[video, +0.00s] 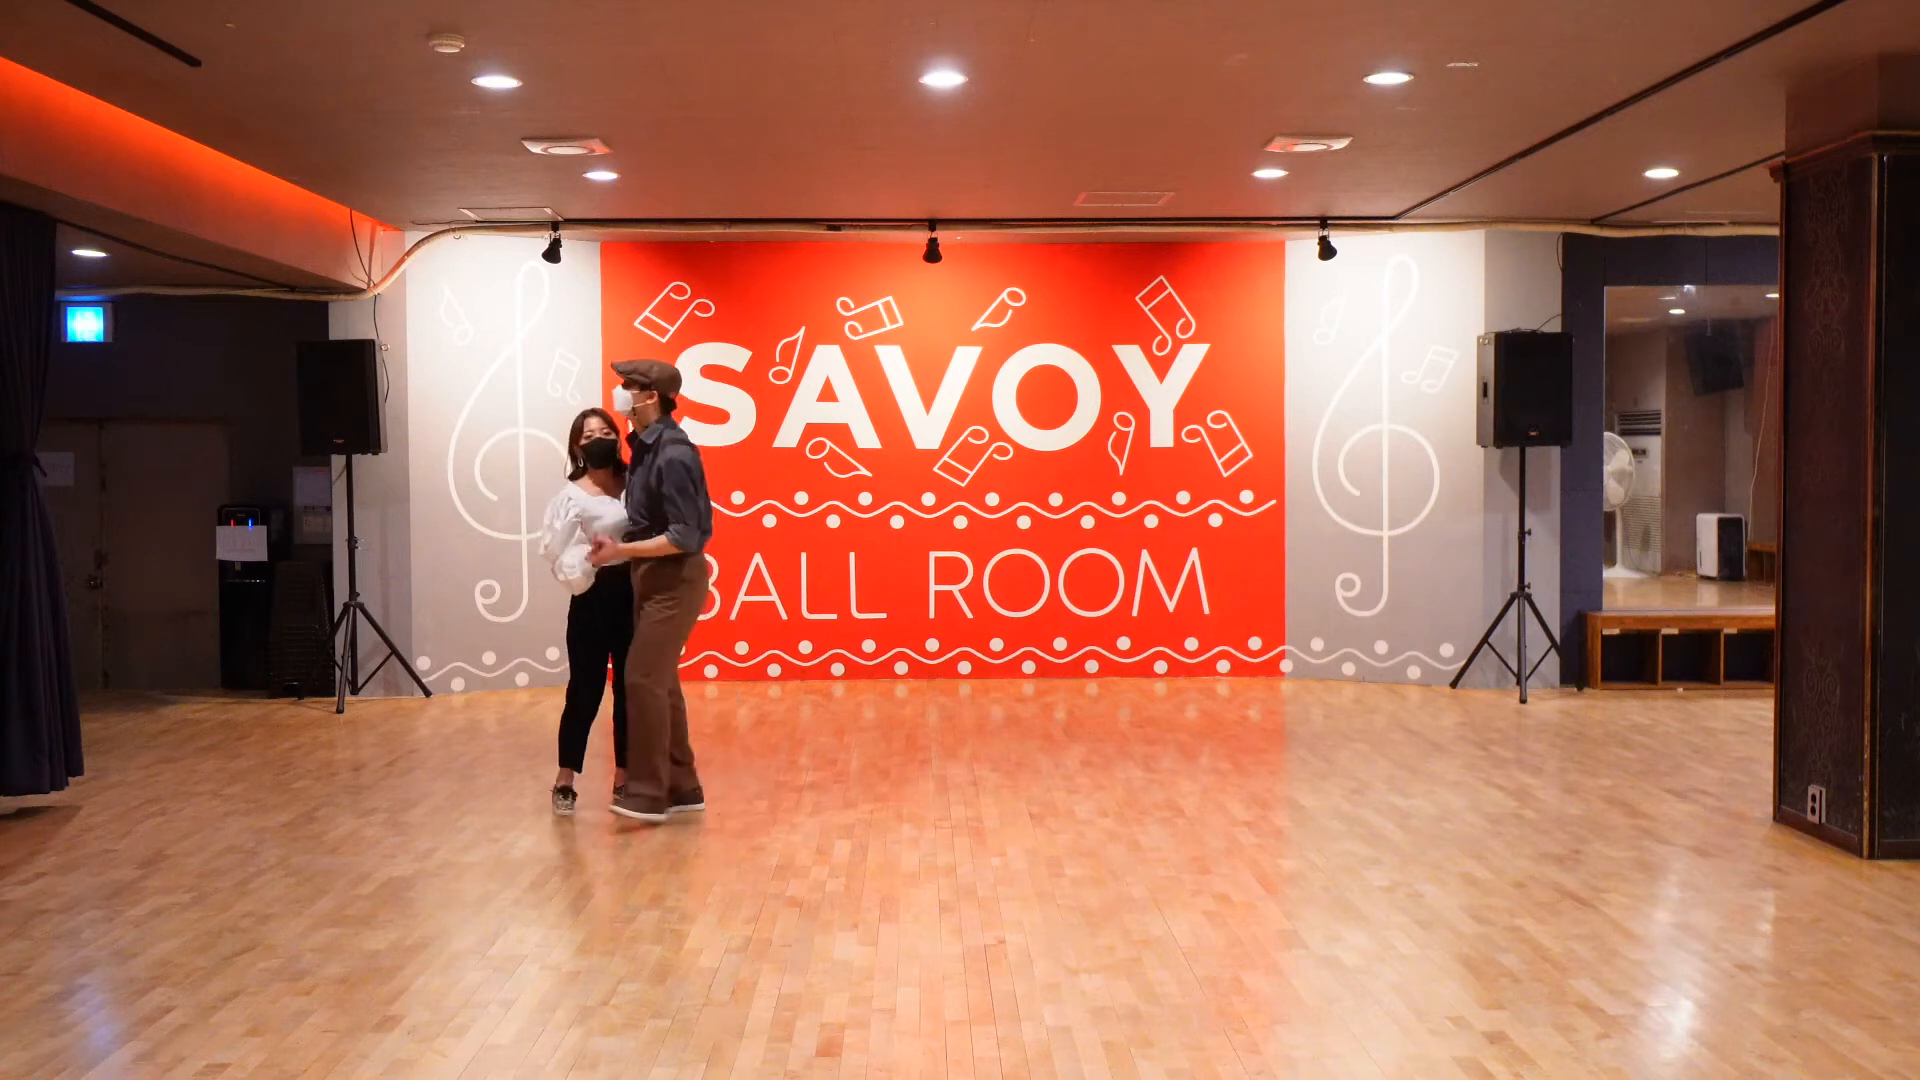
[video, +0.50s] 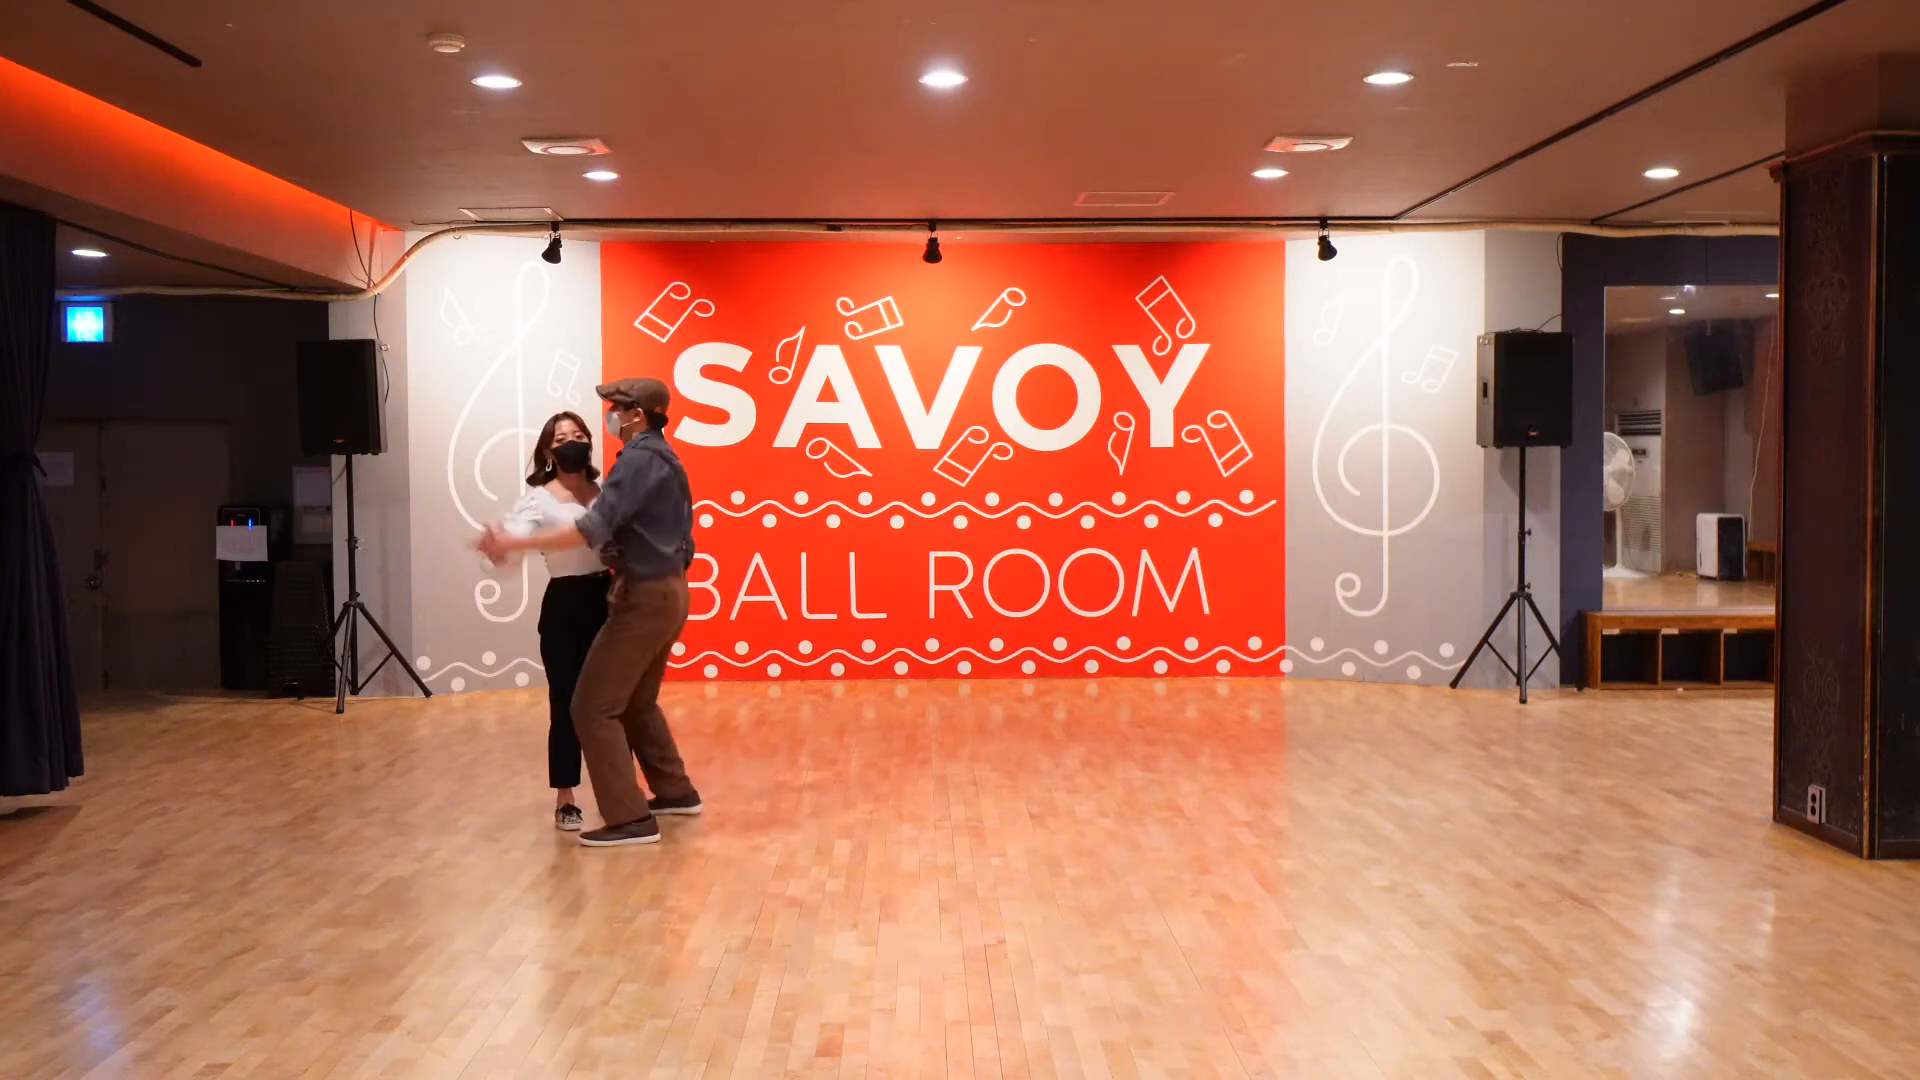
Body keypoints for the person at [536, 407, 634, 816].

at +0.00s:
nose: (598, 436)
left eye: (605, 430)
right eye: (589, 433)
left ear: (617, 438)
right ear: (576, 446)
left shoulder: (635, 487)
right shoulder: (568, 497)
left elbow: (656, 532)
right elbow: (558, 559)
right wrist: (591, 558)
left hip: (632, 593)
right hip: (590, 597)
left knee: (629, 689)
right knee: (584, 691)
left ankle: (625, 777)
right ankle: (566, 779)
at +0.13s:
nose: (592, 437)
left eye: (599, 431)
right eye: (582, 434)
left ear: (610, 441)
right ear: (570, 447)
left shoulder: (629, 488)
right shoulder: (565, 501)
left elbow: (652, 529)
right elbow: (561, 560)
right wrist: (595, 587)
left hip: (628, 601)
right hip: (587, 606)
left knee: (624, 696)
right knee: (580, 698)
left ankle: (621, 780)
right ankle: (567, 788)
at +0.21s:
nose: (587, 442)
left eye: (593, 435)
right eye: (577, 438)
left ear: (604, 444)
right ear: (565, 452)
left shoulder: (624, 488)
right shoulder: (559, 507)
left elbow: (648, 531)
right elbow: (567, 571)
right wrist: (599, 604)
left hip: (628, 597)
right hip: (583, 606)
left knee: (624, 698)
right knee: (580, 703)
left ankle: (619, 781)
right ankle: (569, 793)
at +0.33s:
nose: (577, 439)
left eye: (583, 433)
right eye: (567, 436)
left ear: (596, 442)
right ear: (555, 450)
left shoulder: (618, 487)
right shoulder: (550, 503)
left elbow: (639, 532)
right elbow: (556, 566)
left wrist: (634, 580)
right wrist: (578, 606)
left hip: (621, 586)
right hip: (577, 595)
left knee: (618, 688)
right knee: (576, 695)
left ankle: (620, 786)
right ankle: (567, 794)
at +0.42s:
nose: (574, 438)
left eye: (581, 432)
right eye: (564, 434)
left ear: (592, 441)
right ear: (550, 448)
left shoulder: (613, 489)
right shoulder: (543, 500)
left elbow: (632, 533)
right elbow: (538, 557)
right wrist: (540, 584)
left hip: (613, 599)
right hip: (570, 602)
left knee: (615, 693)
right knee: (569, 699)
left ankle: (624, 790)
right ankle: (566, 797)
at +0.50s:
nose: (570, 440)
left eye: (577, 434)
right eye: (561, 436)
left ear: (589, 444)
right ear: (547, 450)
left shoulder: (605, 491)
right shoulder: (538, 499)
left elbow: (627, 530)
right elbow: (510, 539)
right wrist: (498, 546)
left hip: (606, 596)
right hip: (565, 601)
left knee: (613, 693)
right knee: (566, 699)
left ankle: (625, 790)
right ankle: (566, 798)